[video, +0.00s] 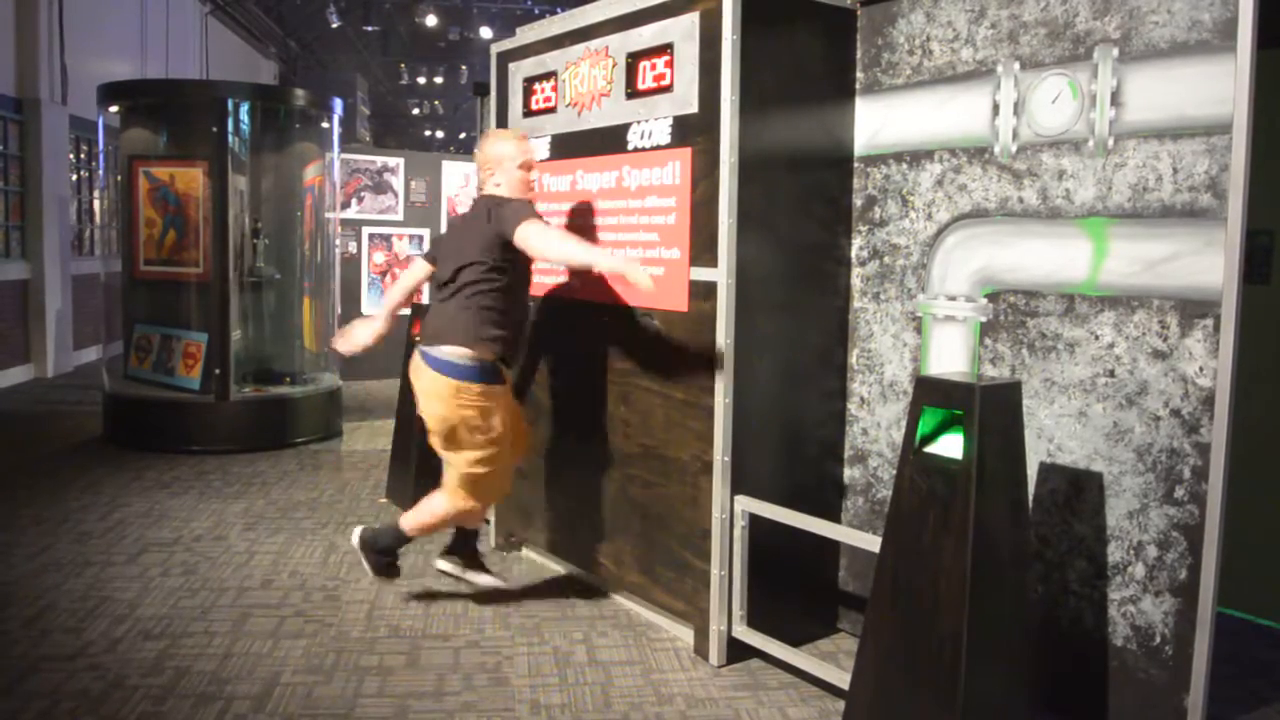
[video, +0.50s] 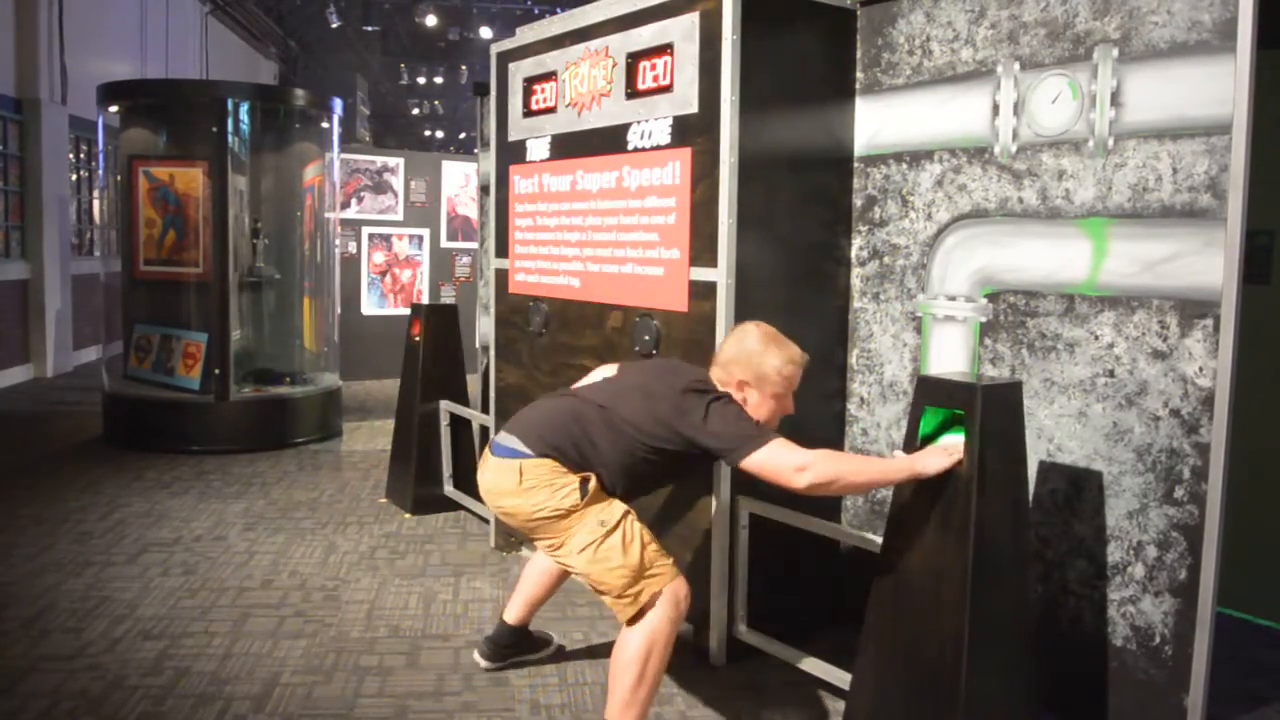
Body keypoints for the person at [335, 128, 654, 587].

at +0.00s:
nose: (534, 176)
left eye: (533, 167)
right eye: (526, 168)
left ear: (487, 176)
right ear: (494, 174)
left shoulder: (460, 226)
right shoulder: (508, 210)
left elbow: (413, 275)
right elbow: (545, 242)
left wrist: (378, 320)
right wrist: (607, 261)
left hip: (432, 363)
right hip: (465, 374)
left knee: (510, 439)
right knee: (479, 480)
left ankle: (463, 547)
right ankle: (383, 540)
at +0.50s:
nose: (788, 408)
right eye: (782, 395)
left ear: (729, 374)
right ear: (739, 387)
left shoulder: (661, 371)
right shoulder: (709, 409)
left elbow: (588, 383)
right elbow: (803, 471)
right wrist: (914, 465)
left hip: (503, 460)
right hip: (538, 477)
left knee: (577, 529)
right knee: (663, 596)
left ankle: (506, 634)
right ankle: (620, 716)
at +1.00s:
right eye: (561, 174)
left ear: (513, 178)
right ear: (561, 178)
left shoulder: (483, 222)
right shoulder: (568, 227)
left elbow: (429, 243)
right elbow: (586, 295)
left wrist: (403, 266)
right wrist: (633, 376)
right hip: (517, 371)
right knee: (574, 494)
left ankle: (546, 617)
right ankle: (517, 634)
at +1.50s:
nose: (418, 267)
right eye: (415, 263)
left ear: (377, 277)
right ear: (414, 269)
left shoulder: (372, 310)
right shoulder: (431, 299)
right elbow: (455, 348)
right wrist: (475, 407)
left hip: (337, 407)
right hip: (384, 414)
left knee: (370, 441)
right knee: (450, 490)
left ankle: (341, 519)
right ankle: (375, 564)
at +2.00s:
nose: (459, 204)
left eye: (459, 194)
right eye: (450, 195)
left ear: (429, 203)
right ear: (422, 202)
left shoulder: (421, 251)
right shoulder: (410, 239)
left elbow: (372, 307)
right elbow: (440, 249)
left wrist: (345, 354)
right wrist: (508, 259)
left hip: (388, 379)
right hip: (370, 378)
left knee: (371, 454)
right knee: (402, 486)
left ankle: (353, 513)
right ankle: (338, 563)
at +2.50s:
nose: (615, 244)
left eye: (615, 234)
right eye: (607, 234)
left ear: (571, 233)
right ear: (569, 233)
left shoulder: (537, 279)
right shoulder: (565, 289)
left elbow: (511, 360)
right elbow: (634, 351)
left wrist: (540, 421)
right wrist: (735, 373)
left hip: (459, 433)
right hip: (500, 437)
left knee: (504, 509)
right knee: (587, 543)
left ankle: (439, 617)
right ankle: (638, 706)